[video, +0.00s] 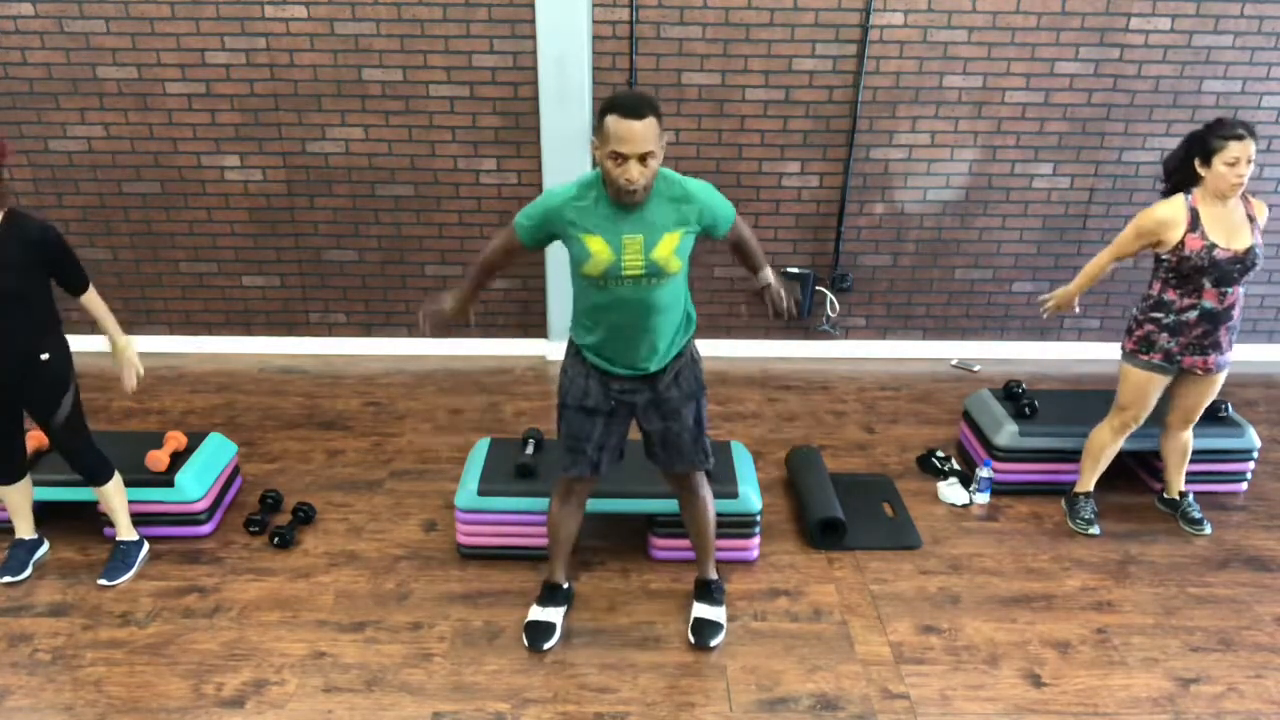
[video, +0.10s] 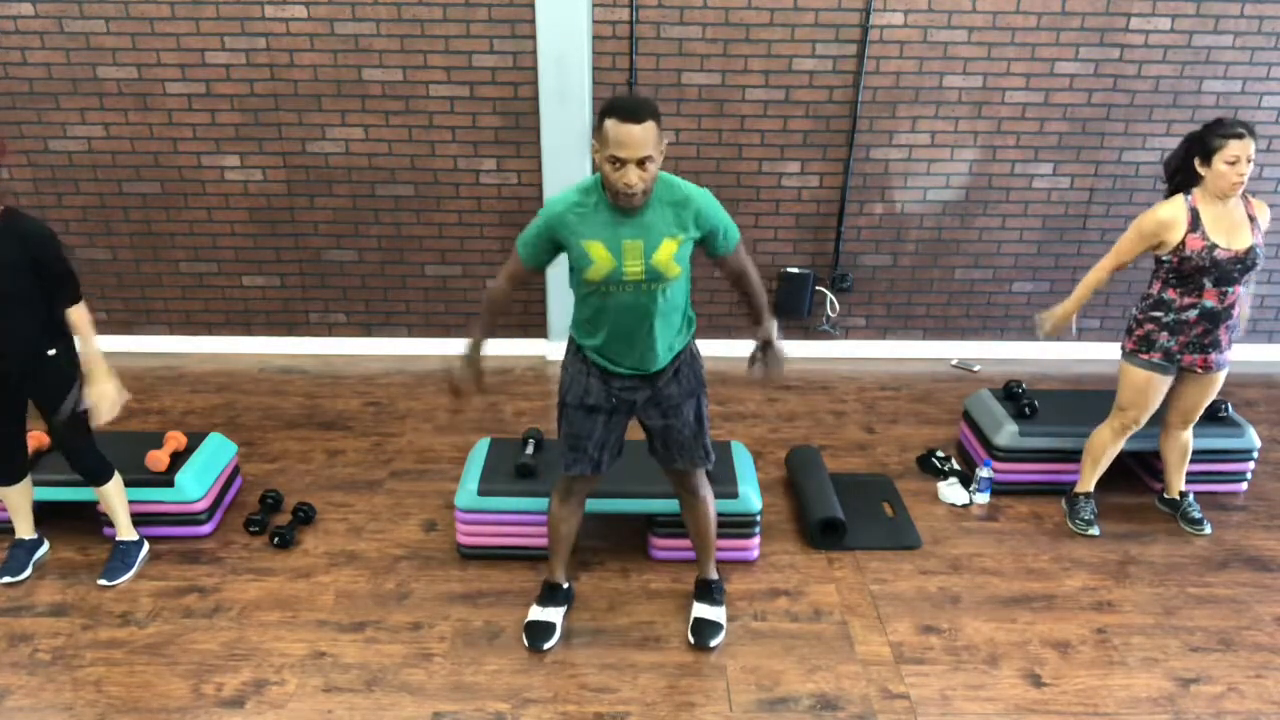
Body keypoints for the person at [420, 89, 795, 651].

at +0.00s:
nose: (632, 173)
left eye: (645, 159)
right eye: (618, 158)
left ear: (663, 150)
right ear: (596, 150)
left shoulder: (693, 200)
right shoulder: (563, 207)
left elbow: (737, 232)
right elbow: (504, 249)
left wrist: (765, 275)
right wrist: (460, 297)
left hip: (671, 366)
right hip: (593, 367)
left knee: (687, 476)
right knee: (574, 480)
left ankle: (709, 582)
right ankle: (556, 586)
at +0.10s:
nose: (631, 178)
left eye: (644, 163)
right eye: (617, 163)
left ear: (662, 153)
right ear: (596, 155)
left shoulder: (693, 205)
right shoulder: (564, 214)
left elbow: (739, 263)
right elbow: (506, 280)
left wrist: (767, 328)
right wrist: (473, 347)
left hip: (671, 366)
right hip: (593, 367)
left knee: (690, 478)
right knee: (573, 481)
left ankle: (709, 583)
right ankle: (556, 587)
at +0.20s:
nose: (630, 194)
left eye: (643, 179)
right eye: (616, 179)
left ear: (660, 168)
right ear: (596, 170)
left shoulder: (690, 219)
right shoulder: (564, 229)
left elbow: (731, 303)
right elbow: (524, 314)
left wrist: (752, 377)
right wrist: (502, 411)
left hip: (671, 364)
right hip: (593, 365)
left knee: (691, 477)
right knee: (574, 479)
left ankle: (709, 582)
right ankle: (555, 585)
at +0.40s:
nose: (630, 301)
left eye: (641, 285)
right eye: (617, 285)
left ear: (658, 268)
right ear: (598, 270)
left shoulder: (689, 300)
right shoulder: (571, 313)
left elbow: (713, 398)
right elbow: (554, 407)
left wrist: (707, 477)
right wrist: (561, 474)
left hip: (667, 393)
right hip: (595, 396)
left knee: (704, 496)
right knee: (558, 497)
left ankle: (710, 586)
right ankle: (554, 587)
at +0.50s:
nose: (629, 361)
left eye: (641, 345)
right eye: (616, 345)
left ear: (656, 327)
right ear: (599, 327)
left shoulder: (685, 350)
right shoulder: (571, 365)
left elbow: (710, 448)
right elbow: (556, 464)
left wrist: (703, 488)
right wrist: (570, 485)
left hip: (665, 427)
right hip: (596, 428)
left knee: (706, 506)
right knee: (553, 510)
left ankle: (709, 589)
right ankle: (554, 591)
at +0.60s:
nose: (629, 406)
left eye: (639, 392)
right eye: (616, 393)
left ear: (655, 372)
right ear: (598, 376)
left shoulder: (688, 396)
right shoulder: (570, 403)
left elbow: (715, 491)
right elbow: (553, 516)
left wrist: (699, 501)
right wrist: (568, 500)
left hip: (664, 448)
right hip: (595, 448)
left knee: (709, 522)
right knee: (549, 521)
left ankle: (709, 588)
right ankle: (554, 591)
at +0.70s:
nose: (629, 433)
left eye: (640, 420)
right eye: (616, 421)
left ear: (656, 398)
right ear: (598, 400)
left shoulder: (688, 420)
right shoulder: (571, 427)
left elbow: (715, 535)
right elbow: (544, 545)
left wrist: (699, 513)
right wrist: (564, 519)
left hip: (664, 464)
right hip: (593, 465)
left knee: (711, 533)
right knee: (552, 530)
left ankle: (708, 589)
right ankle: (555, 591)